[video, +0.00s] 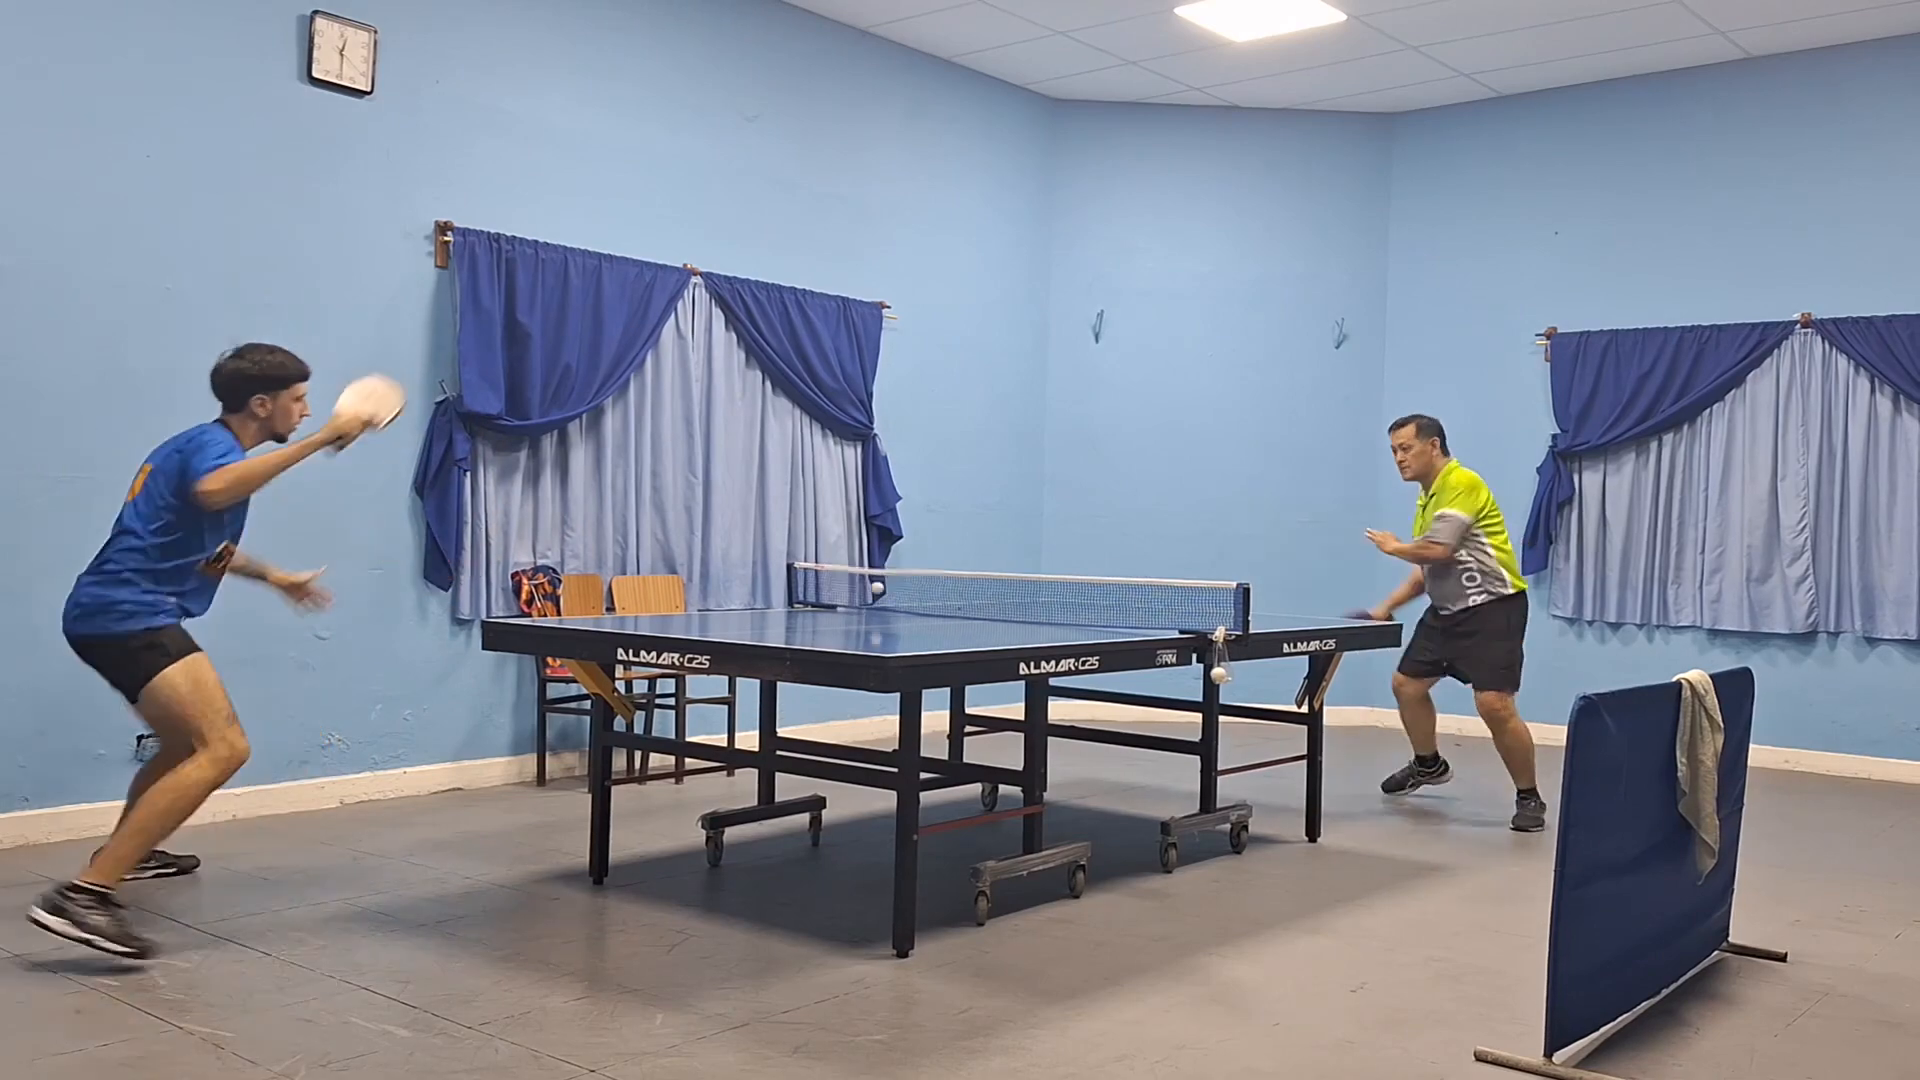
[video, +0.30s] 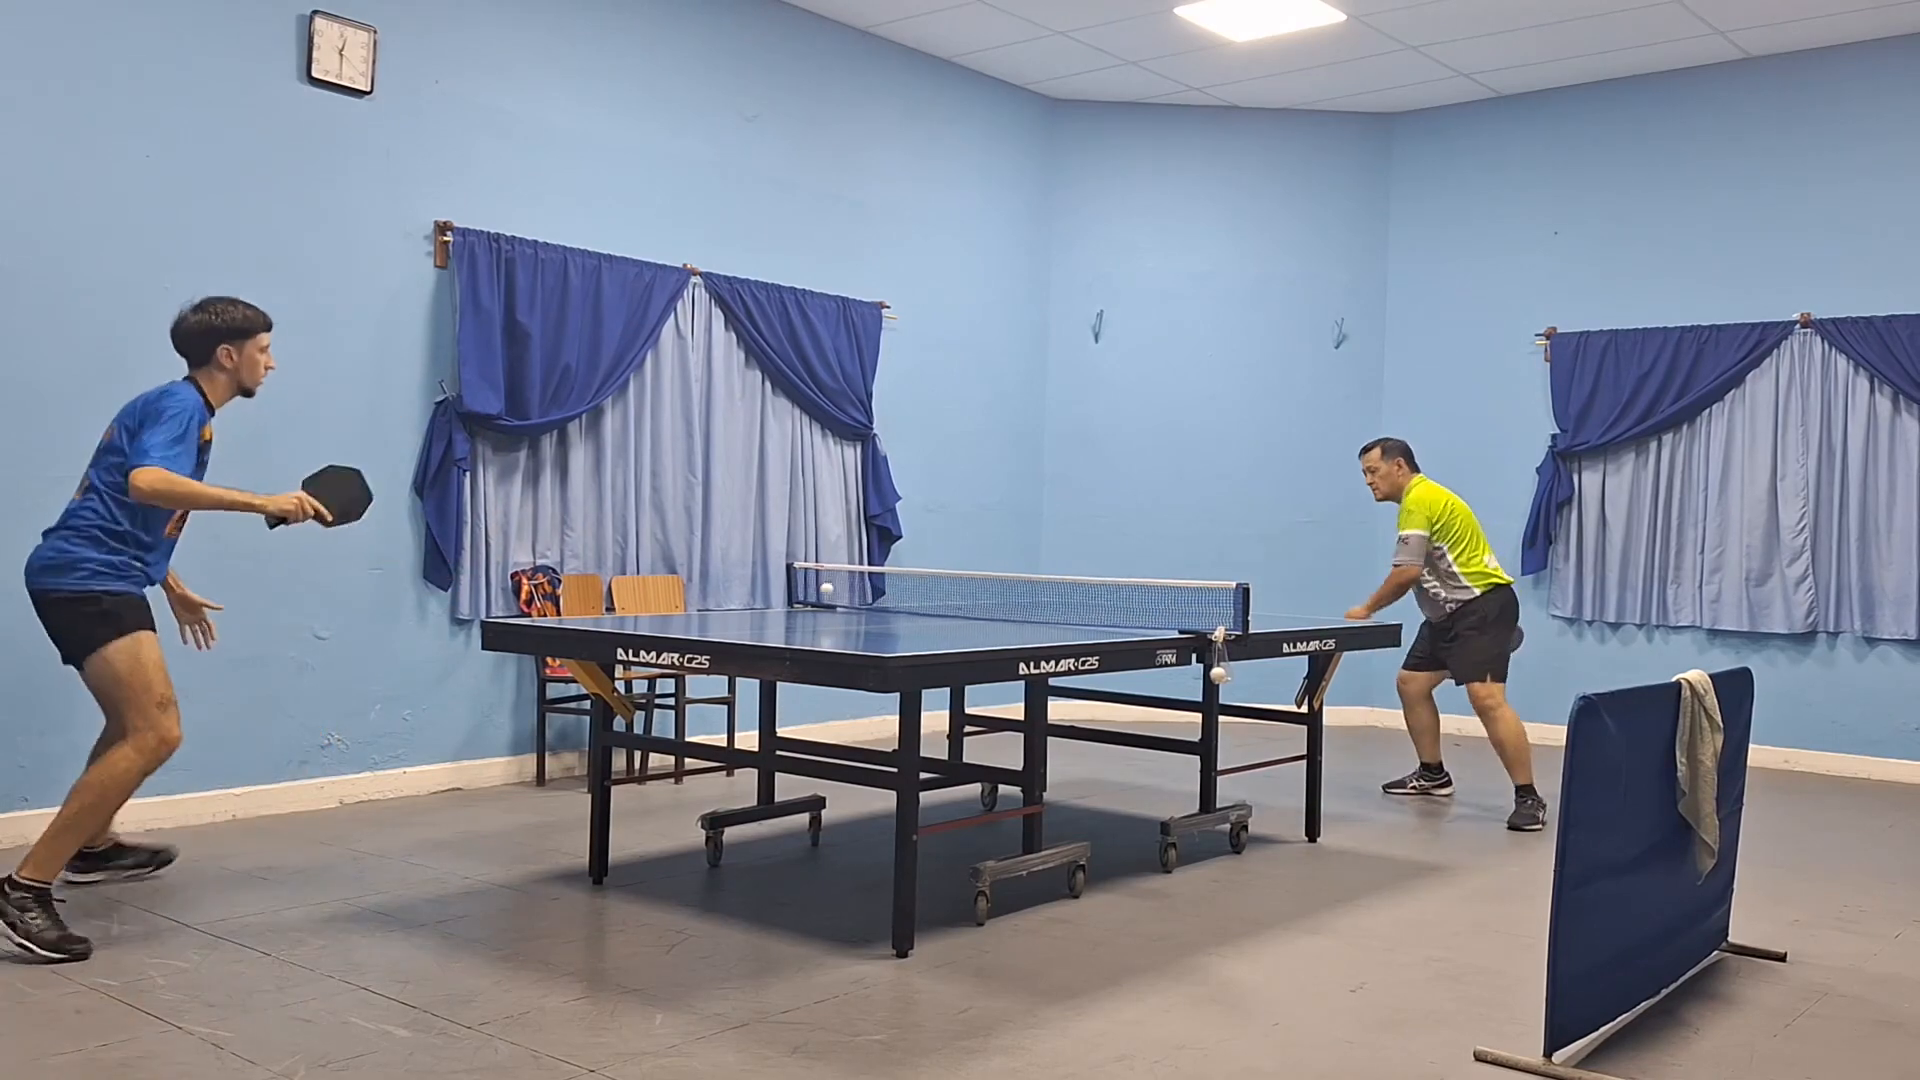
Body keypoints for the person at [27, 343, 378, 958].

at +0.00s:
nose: (304, 408)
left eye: (305, 398)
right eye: (298, 399)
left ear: (250, 405)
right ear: (260, 404)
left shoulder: (210, 448)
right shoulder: (217, 446)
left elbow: (202, 551)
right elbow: (211, 491)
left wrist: (272, 575)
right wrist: (320, 440)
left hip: (116, 613)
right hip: (126, 614)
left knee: (189, 738)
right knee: (224, 748)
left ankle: (131, 847)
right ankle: (87, 891)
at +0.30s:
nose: (272, 360)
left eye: (271, 347)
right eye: (264, 348)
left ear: (223, 356)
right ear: (226, 355)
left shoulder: (196, 423)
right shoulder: (176, 407)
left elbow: (142, 514)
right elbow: (145, 483)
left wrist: (170, 583)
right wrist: (260, 503)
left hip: (99, 576)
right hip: (84, 574)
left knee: (137, 720)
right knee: (156, 733)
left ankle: (89, 842)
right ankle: (25, 886)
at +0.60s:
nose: (275, 354)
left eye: (275, 341)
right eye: (268, 341)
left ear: (231, 347)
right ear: (227, 345)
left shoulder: (197, 415)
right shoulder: (160, 403)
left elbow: (162, 503)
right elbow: (124, 498)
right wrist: (239, 519)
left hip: (125, 582)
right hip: (88, 576)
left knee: (150, 728)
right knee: (116, 737)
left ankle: (28, 852)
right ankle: (16, 905)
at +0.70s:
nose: (292, 330)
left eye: (293, 318)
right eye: (286, 317)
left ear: (247, 317)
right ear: (245, 315)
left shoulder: (210, 382)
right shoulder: (174, 371)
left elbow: (123, 450)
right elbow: (144, 468)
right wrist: (253, 498)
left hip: (155, 555)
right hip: (107, 549)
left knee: (172, 699)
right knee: (106, 710)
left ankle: (74, 831)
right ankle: (34, 886)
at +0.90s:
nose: (324, 368)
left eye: (326, 355)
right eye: (318, 354)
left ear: (282, 353)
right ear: (277, 349)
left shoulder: (247, 415)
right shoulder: (212, 404)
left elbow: (209, 505)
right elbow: (166, 497)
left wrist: (268, 538)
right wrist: (263, 538)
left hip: (197, 589)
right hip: (148, 590)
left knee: (220, 716)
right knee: (180, 738)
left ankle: (143, 854)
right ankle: (44, 873)